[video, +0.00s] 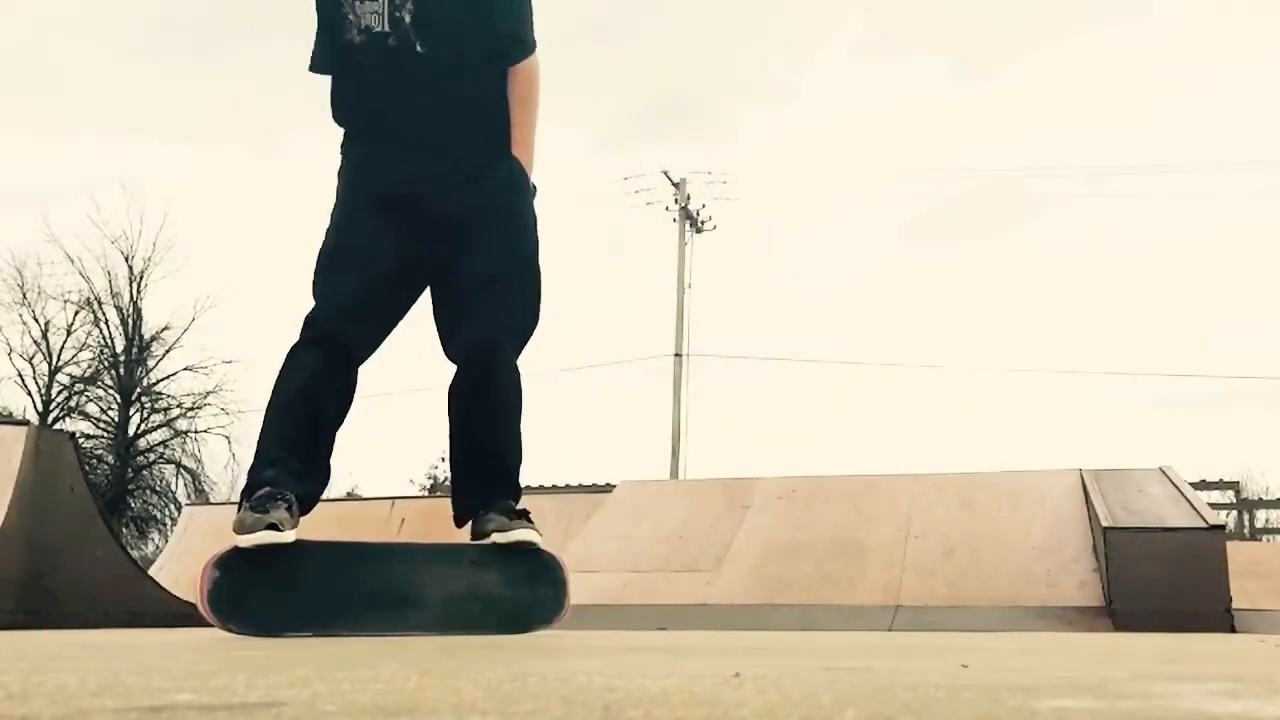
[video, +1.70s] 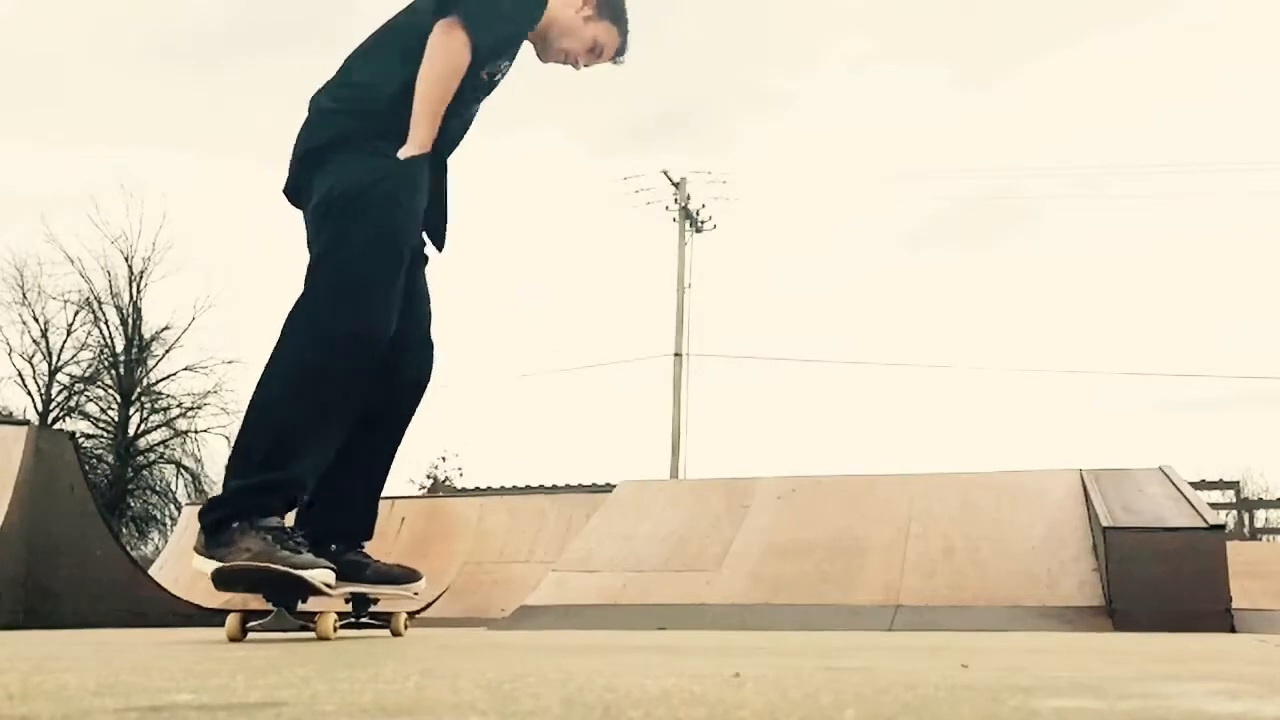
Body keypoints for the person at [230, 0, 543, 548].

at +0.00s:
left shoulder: (503, 6)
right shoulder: (338, 6)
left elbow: (521, 57)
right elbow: (345, 82)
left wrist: (519, 168)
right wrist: (360, 169)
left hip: (483, 177)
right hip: (378, 178)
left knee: (490, 350)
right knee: (331, 334)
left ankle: (494, 507)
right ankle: (273, 493)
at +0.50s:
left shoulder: (480, 6)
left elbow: (469, 75)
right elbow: (287, 51)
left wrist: (466, 175)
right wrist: (292, 154)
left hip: (432, 156)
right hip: (324, 153)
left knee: (473, 314)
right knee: (286, 316)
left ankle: (484, 481)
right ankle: (259, 492)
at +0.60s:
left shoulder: (472, 6)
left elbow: (468, 23)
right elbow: (286, 9)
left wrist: (452, 110)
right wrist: (288, 93)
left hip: (414, 109)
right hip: (325, 106)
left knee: (498, 211)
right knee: (315, 258)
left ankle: (474, 380)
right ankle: (279, 430)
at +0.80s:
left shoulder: (475, 5)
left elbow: (436, 70)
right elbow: (276, 36)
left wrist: (431, 152)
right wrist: (311, 147)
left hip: (414, 149)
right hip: (337, 143)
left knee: (476, 311)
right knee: (359, 299)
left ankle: (366, 461)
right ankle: (290, 504)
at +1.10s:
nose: (550, 52)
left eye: (567, 45)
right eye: (554, 30)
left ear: (577, 42)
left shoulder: (503, 80)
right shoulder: (405, 14)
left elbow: (426, 158)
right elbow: (299, 55)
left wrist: (393, 216)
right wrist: (309, 185)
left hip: (387, 221)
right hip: (309, 194)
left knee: (435, 382)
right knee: (365, 334)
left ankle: (359, 541)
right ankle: (279, 529)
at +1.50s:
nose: (595, 63)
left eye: (608, 61)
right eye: (605, 46)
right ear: (586, 6)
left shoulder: (495, 68)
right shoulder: (476, 9)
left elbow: (410, 134)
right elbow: (366, 28)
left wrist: (394, 196)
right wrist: (346, 156)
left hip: (383, 194)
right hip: (322, 165)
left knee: (410, 371)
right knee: (348, 331)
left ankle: (342, 541)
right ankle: (256, 526)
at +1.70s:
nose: (582, 62)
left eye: (594, 62)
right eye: (595, 48)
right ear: (583, 4)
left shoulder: (499, 42)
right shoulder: (518, 5)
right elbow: (454, 33)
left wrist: (417, 183)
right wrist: (417, 147)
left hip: (394, 180)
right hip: (367, 154)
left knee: (402, 360)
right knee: (348, 323)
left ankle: (331, 538)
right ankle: (240, 519)